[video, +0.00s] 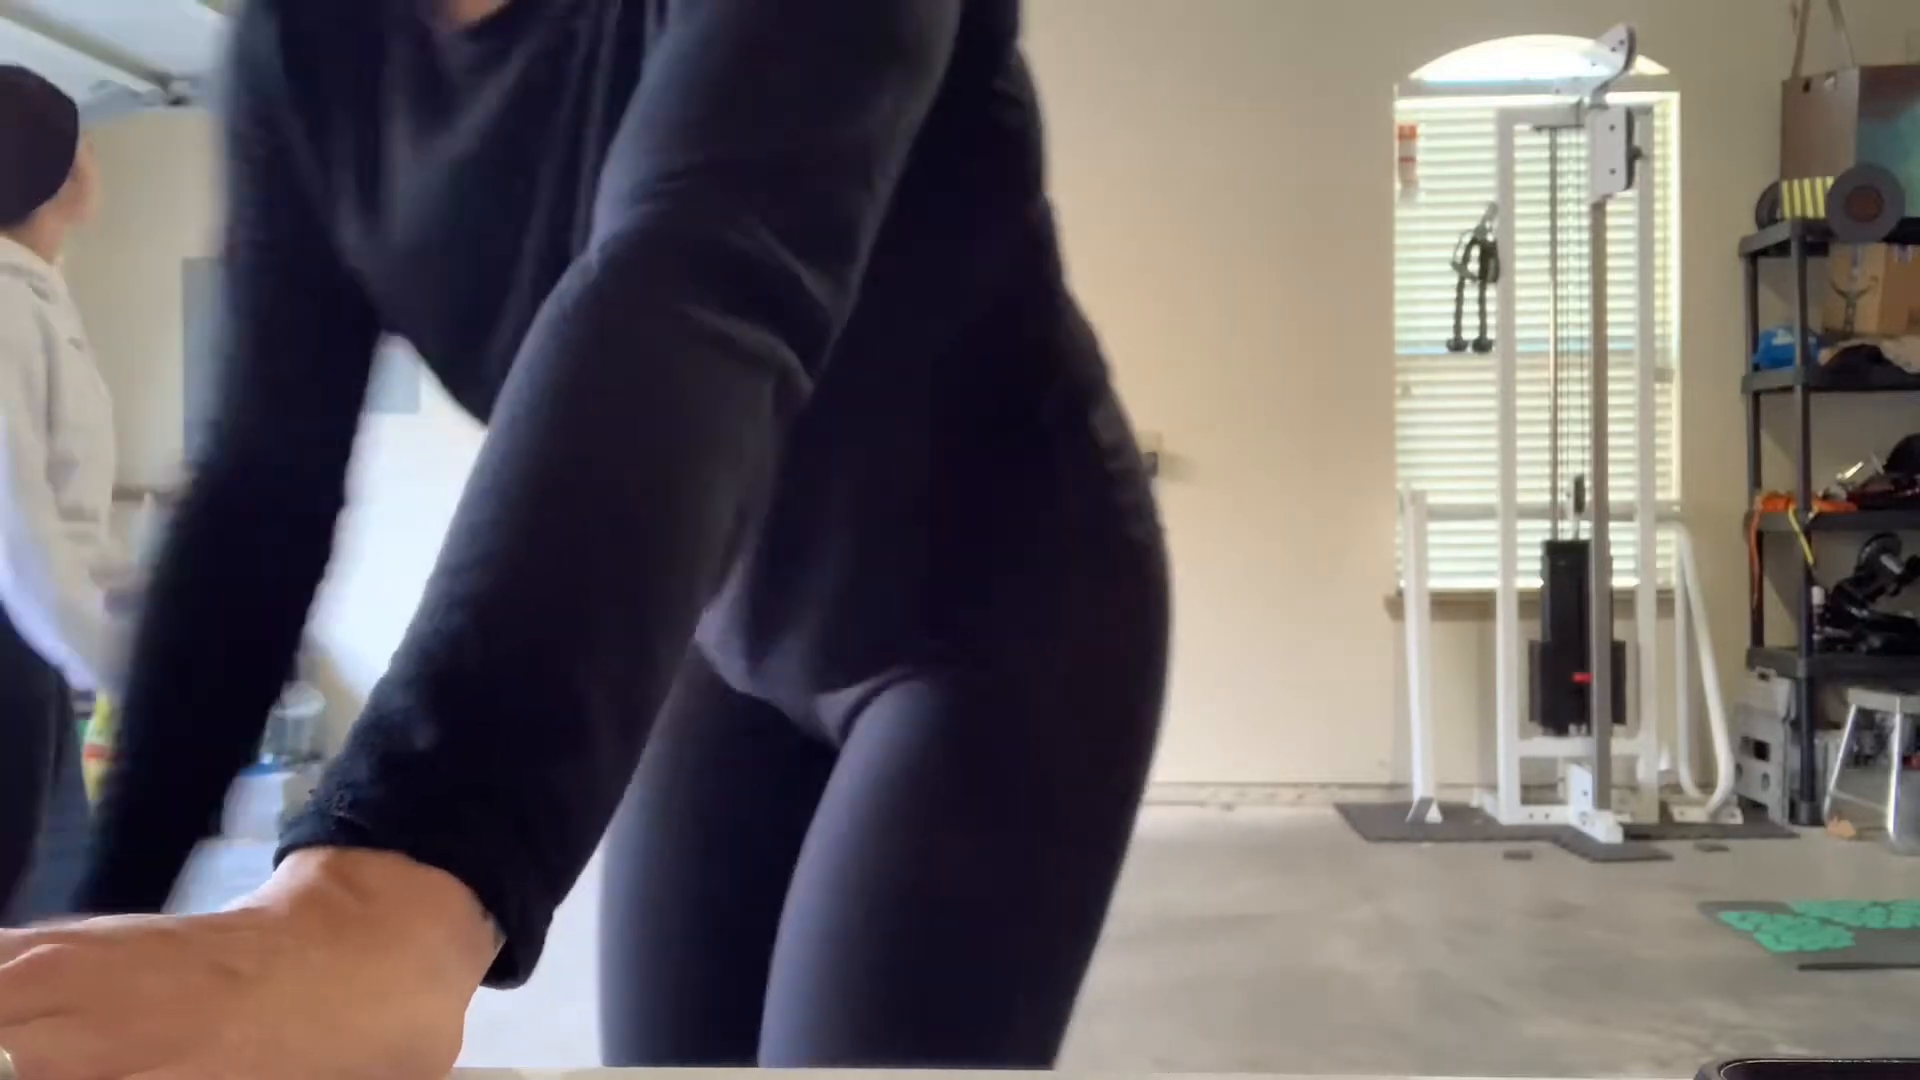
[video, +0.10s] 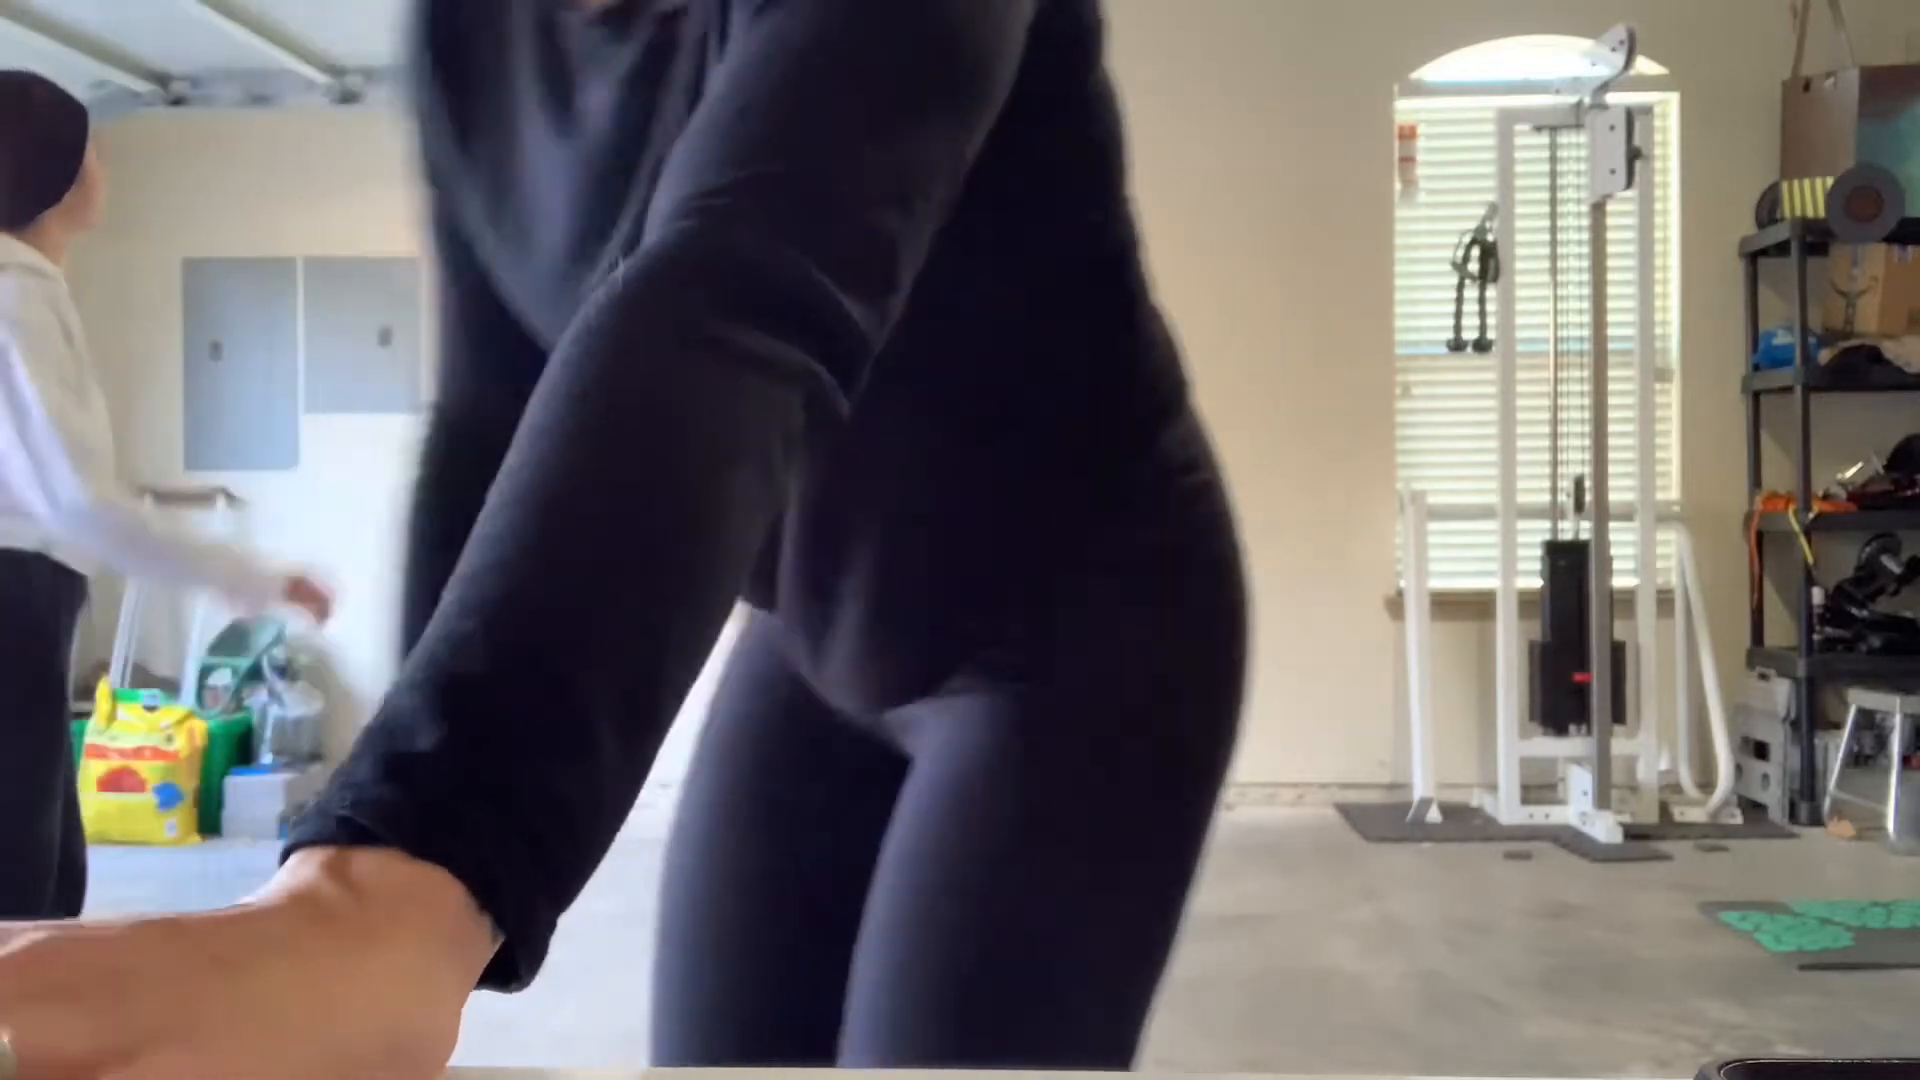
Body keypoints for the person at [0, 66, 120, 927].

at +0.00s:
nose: (95, 170)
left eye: (87, 151)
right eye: (86, 152)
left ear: (29, 176)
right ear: (63, 172)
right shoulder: (16, 307)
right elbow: (17, 529)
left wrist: (107, 599)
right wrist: (111, 667)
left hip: (48, 650)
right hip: (24, 658)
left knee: (57, 861)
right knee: (41, 867)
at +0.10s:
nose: (101, 168)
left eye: (95, 148)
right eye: (88, 149)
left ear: (24, 172)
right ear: (55, 169)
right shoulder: (17, 293)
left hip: (36, 592)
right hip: (17, 594)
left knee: (48, 864)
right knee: (27, 866)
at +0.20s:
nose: (110, 185)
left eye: (106, 164)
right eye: (103, 166)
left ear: (28, 172)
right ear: (73, 178)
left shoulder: (24, 284)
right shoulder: (26, 294)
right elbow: (161, 449)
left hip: (30, 572)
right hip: (28, 575)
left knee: (27, 812)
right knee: (30, 818)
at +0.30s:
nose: (114, 209)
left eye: (111, 186)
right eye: (108, 187)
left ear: (20, 174)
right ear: (81, 192)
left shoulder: (20, 275)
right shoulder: (48, 286)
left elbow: (81, 346)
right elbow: (253, 355)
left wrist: (177, 295)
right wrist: (312, 226)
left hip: (20, 556)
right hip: (48, 564)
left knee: (32, 814)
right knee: (49, 821)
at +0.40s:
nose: (124, 183)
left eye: (123, 163)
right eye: (115, 165)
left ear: (14, 174)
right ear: (94, 176)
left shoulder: (13, 287)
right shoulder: (86, 296)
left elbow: (82, 293)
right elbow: (284, 276)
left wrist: (135, 200)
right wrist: (256, 139)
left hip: (18, 578)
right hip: (56, 584)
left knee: (30, 863)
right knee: (83, 880)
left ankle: (27, 1038)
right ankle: (11, 1039)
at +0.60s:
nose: (178, 200)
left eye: (175, 183)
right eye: (170, 181)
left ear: (45, 180)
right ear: (146, 185)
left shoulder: (16, 280)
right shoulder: (149, 294)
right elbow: (296, 229)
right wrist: (212, 123)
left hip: (18, 579)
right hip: (104, 586)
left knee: (47, 854)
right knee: (183, 860)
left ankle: (30, 1054)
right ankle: (75, 1059)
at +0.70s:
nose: (197, 209)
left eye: (196, 190)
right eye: (192, 191)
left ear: (70, 190)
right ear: (174, 195)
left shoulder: (22, 288)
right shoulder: (175, 294)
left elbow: (44, 217)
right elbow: (310, 224)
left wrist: (119, 149)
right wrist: (223, 127)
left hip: (34, 591)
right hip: (133, 594)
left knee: (56, 854)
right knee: (244, 844)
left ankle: (41, 1060)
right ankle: (179, 1060)